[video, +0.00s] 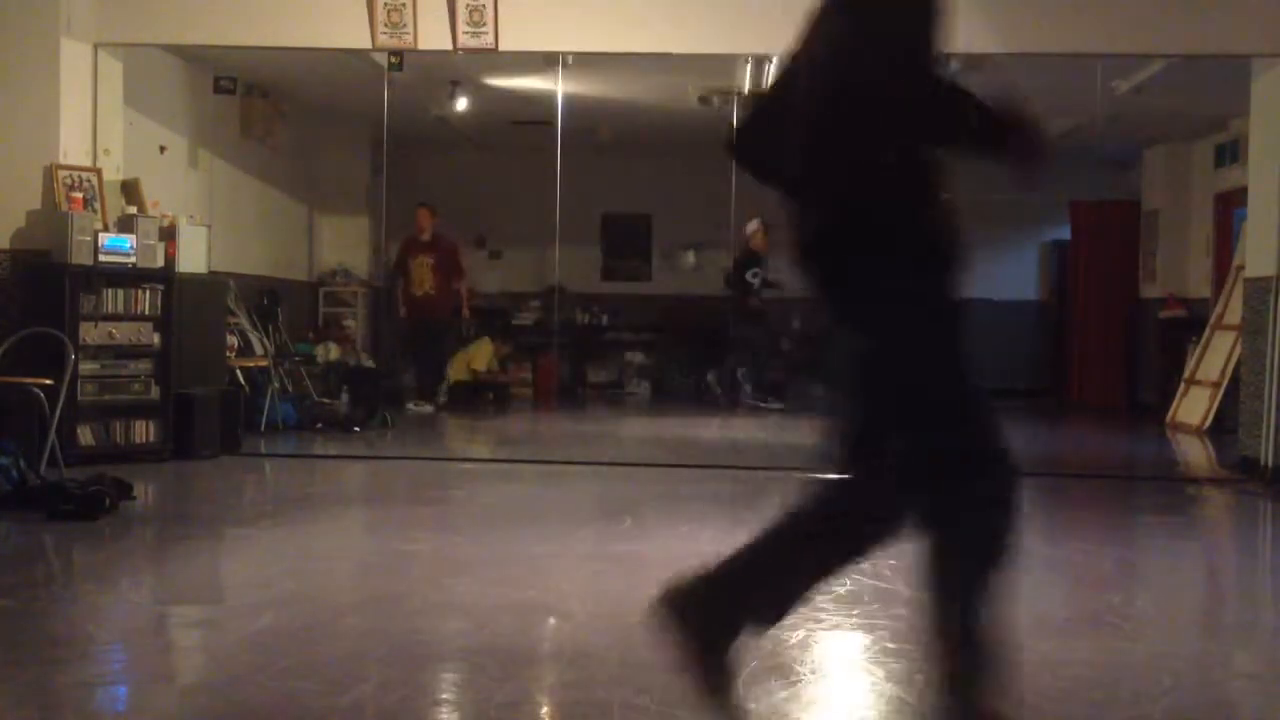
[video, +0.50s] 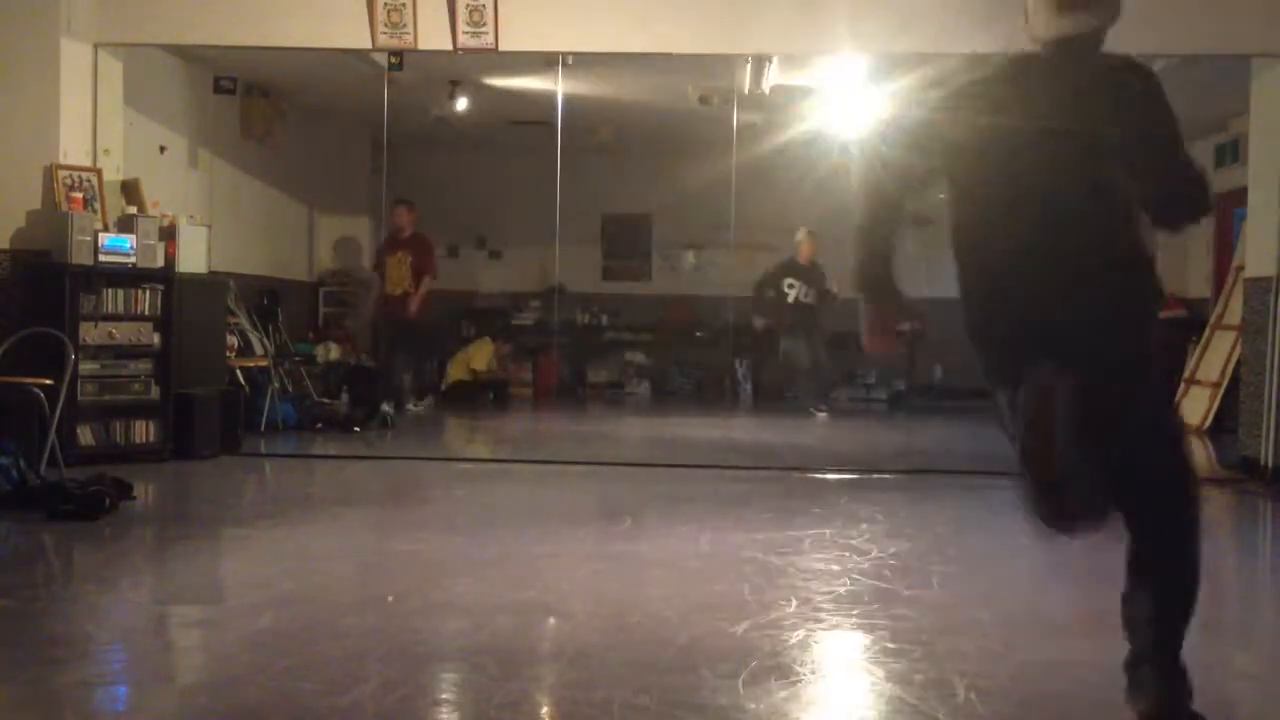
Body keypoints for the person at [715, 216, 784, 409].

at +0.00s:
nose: (763, 241)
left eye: (763, 237)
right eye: (759, 237)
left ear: (761, 237)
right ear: (751, 238)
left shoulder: (755, 257)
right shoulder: (748, 258)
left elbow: (757, 281)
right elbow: (745, 282)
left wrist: (774, 285)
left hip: (749, 307)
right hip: (746, 309)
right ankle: (755, 391)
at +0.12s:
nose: (772, 253)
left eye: (773, 248)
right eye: (767, 248)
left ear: (777, 250)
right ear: (759, 251)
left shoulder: (777, 272)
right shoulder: (752, 276)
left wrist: (779, 303)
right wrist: (767, 305)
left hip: (773, 323)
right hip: (755, 323)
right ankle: (757, 397)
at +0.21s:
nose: (771, 252)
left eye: (775, 247)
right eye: (768, 248)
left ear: (783, 248)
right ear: (763, 250)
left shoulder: (791, 268)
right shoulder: (760, 272)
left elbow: (797, 292)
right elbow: (756, 301)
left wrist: (792, 298)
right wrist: (778, 300)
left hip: (786, 321)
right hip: (765, 321)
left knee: (785, 359)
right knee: (766, 358)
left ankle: (783, 400)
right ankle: (764, 400)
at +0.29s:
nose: (788, 245)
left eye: (791, 240)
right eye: (784, 240)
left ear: (795, 241)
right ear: (778, 242)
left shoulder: (797, 261)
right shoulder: (770, 264)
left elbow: (796, 282)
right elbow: (763, 292)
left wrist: (797, 296)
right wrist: (786, 298)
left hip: (794, 314)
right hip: (775, 316)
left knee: (802, 353)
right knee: (781, 356)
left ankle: (798, 396)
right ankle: (781, 399)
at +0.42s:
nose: (803, 247)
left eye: (806, 243)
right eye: (799, 243)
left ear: (810, 244)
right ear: (793, 243)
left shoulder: (809, 264)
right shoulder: (782, 264)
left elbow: (808, 288)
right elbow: (764, 287)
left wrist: (820, 296)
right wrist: (771, 314)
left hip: (806, 318)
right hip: (786, 318)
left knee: (813, 359)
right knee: (790, 360)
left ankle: (815, 401)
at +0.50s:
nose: (807, 251)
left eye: (810, 247)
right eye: (804, 246)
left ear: (814, 248)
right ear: (797, 247)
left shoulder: (817, 273)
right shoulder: (784, 268)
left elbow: (822, 298)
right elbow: (761, 286)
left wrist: (832, 294)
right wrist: (759, 313)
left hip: (810, 323)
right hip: (788, 322)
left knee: (821, 362)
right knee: (803, 363)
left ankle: (818, 400)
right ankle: (808, 402)